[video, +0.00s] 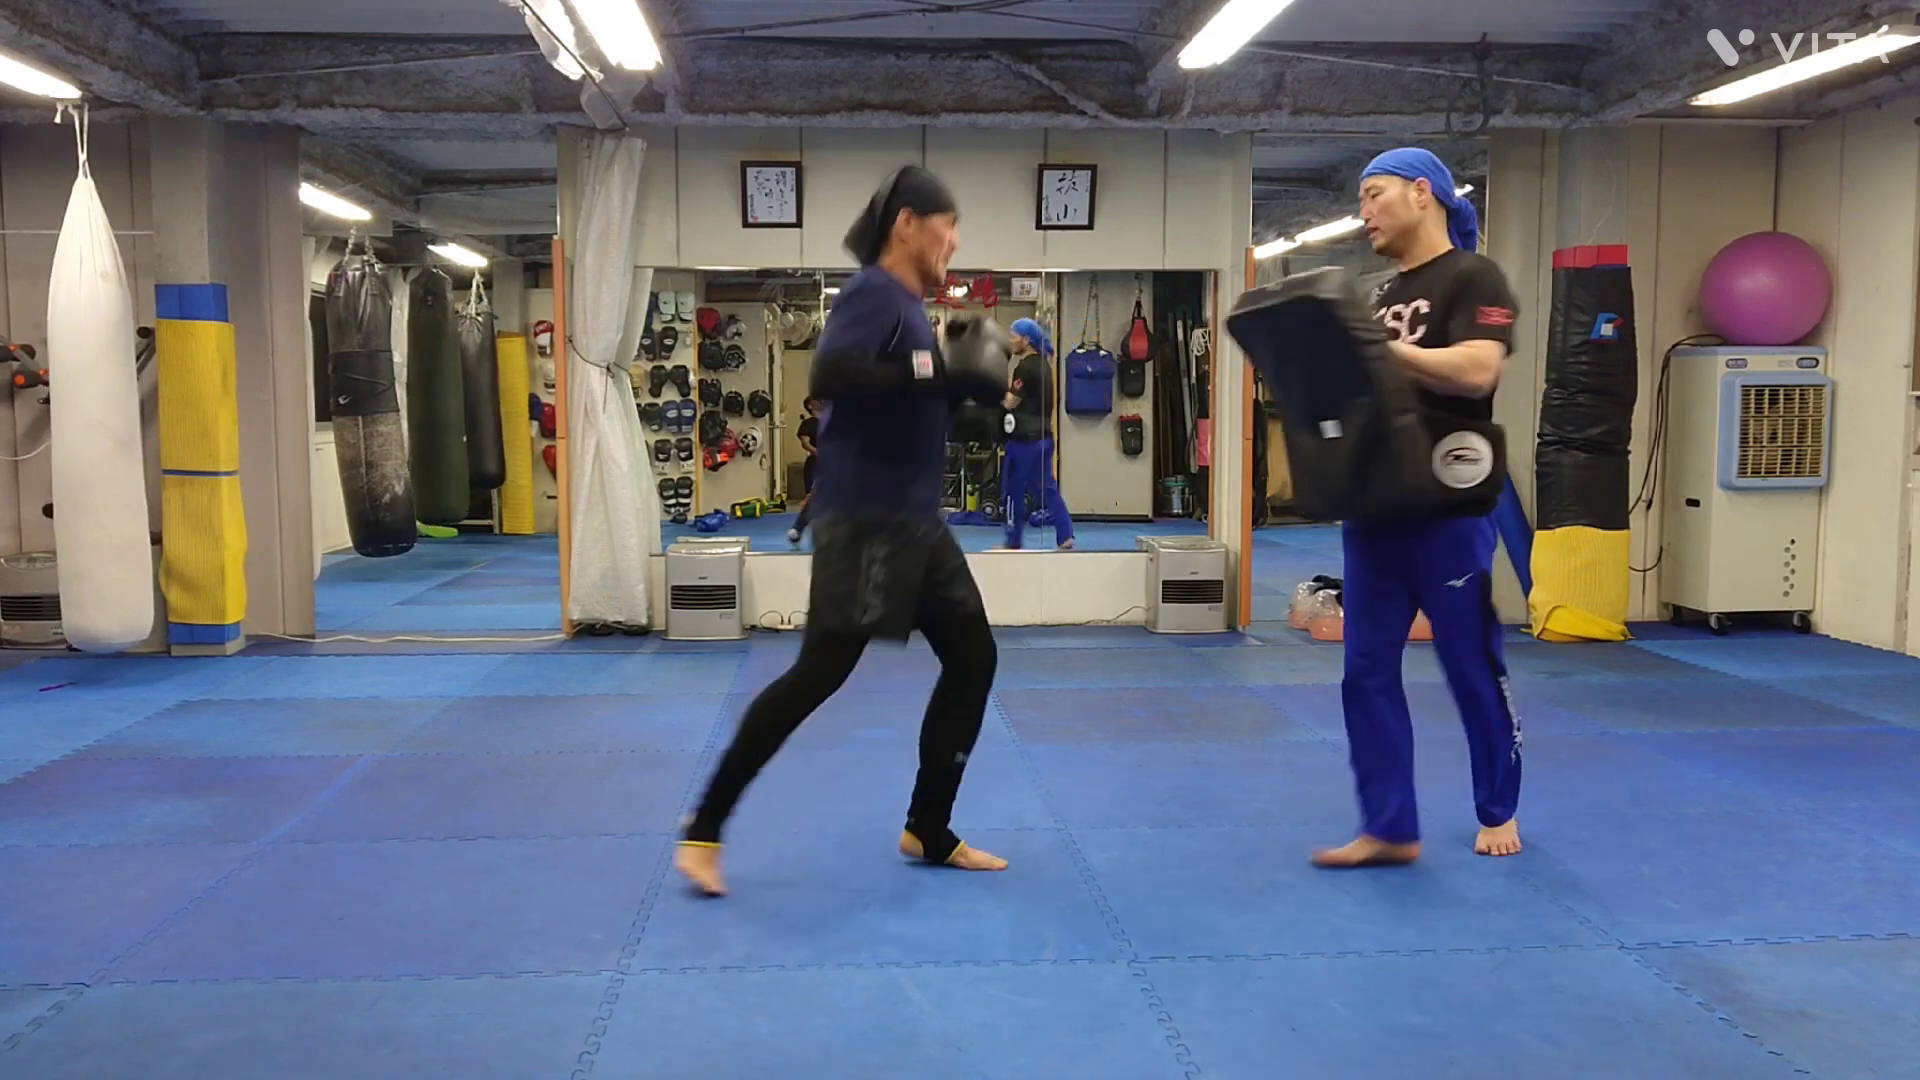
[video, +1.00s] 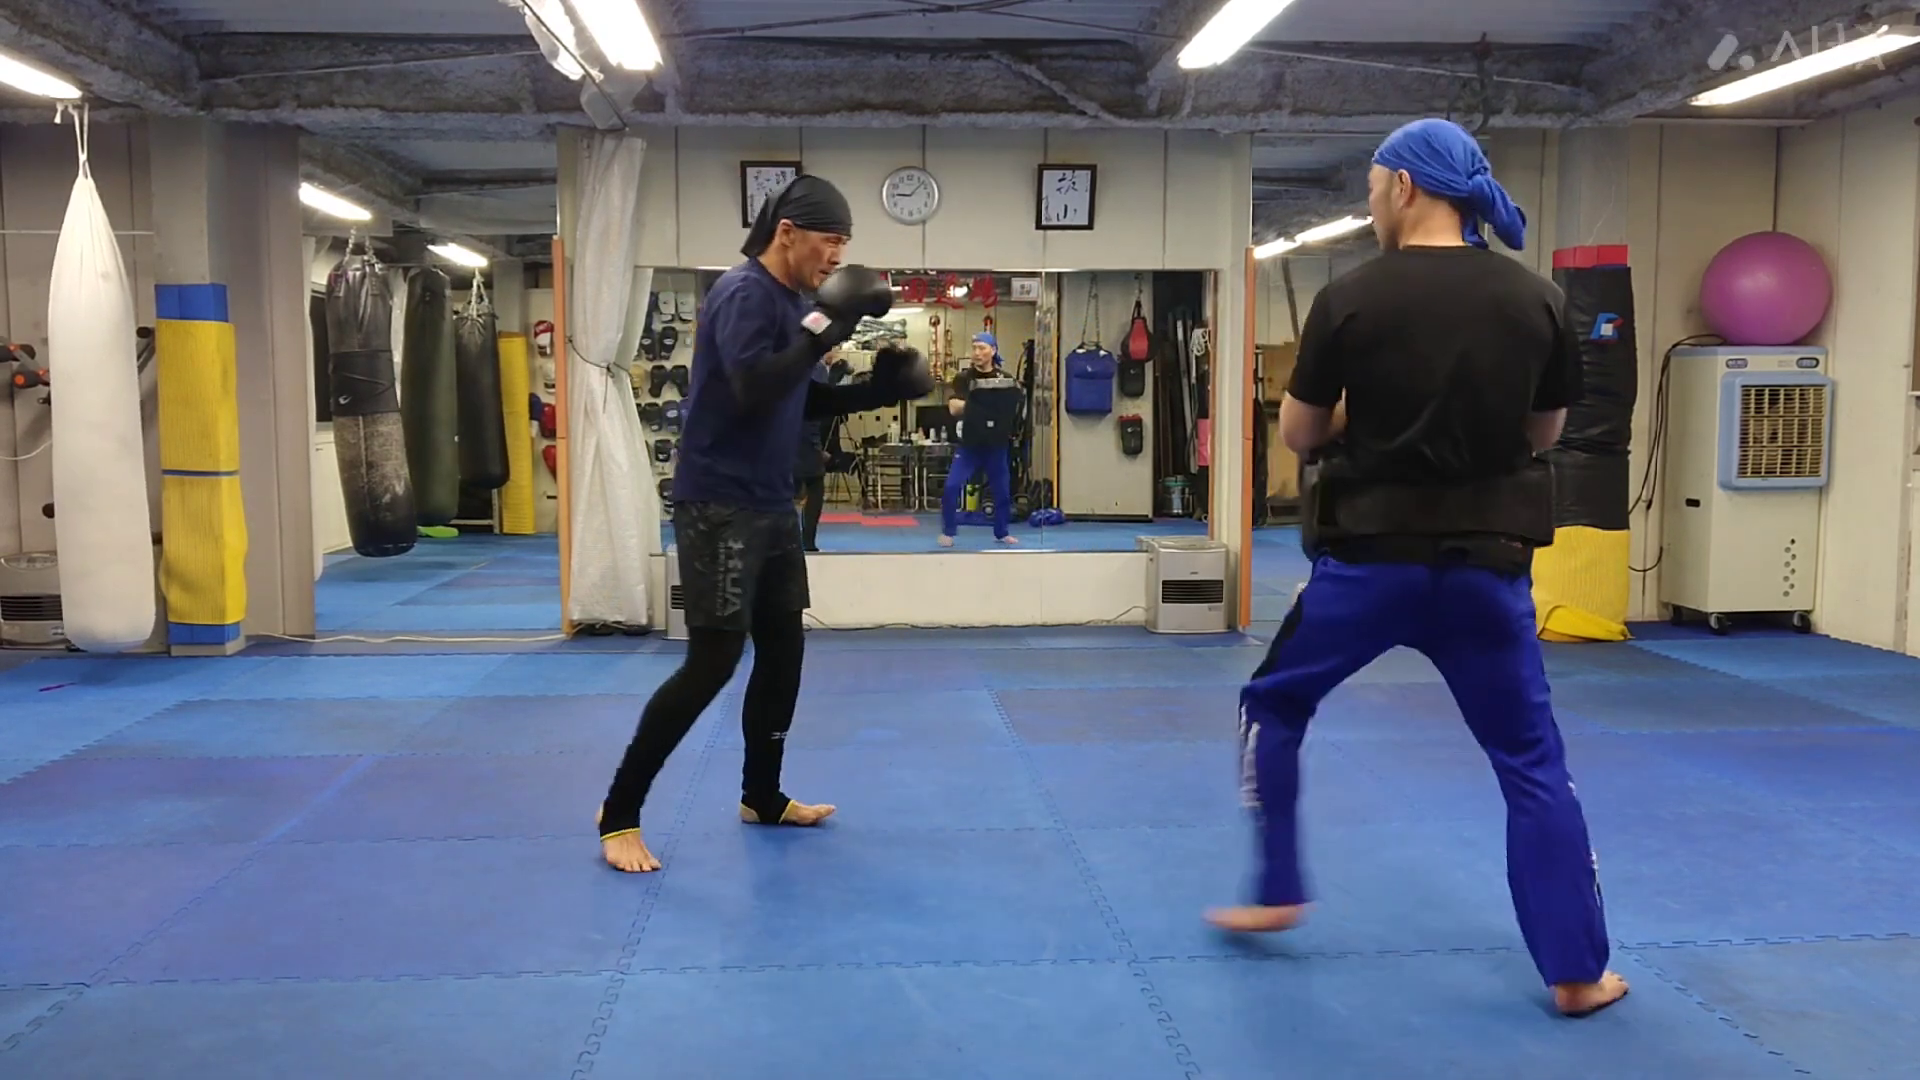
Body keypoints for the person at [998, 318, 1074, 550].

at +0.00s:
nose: (1011, 340)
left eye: (1014, 336)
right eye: (1011, 336)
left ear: (1026, 339)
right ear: (1028, 339)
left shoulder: (1026, 365)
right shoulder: (1043, 363)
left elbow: (1011, 401)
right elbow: (1046, 402)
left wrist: (998, 390)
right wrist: (1013, 395)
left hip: (1024, 438)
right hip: (1043, 436)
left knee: (1014, 488)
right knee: (1045, 486)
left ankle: (1013, 539)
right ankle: (1066, 536)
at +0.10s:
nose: (1003, 343)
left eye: (1006, 338)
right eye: (1004, 338)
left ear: (1019, 341)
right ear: (1018, 341)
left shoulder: (1022, 368)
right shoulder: (1025, 366)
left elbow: (1010, 399)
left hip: (1015, 436)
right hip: (1023, 434)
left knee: (1002, 489)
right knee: (1018, 492)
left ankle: (1009, 540)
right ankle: (1053, 524)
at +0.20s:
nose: (996, 342)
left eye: (1000, 338)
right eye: (996, 338)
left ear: (1012, 340)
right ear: (1009, 340)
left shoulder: (1019, 367)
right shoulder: (1010, 365)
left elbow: (1006, 402)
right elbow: (1004, 394)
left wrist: (983, 392)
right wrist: (987, 390)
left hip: (1013, 435)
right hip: (1008, 433)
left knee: (1002, 487)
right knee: (1002, 484)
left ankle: (1009, 540)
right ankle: (1023, 525)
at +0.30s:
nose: (991, 340)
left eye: (995, 336)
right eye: (991, 336)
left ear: (1008, 339)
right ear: (1000, 339)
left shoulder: (1016, 366)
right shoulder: (995, 365)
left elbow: (1005, 398)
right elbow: (990, 392)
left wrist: (979, 387)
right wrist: (972, 381)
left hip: (1008, 433)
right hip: (990, 432)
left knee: (1003, 486)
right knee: (985, 484)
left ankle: (1010, 539)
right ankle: (992, 535)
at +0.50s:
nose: (975, 345)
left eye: (980, 341)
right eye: (975, 341)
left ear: (994, 344)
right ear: (978, 344)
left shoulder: (1008, 372)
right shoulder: (972, 371)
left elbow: (1009, 402)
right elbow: (963, 398)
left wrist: (982, 395)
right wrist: (944, 386)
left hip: (1000, 436)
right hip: (975, 435)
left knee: (1002, 487)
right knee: (971, 484)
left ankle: (1009, 539)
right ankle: (967, 534)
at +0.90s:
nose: (975, 349)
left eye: (979, 345)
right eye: (972, 345)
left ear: (991, 347)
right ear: (970, 348)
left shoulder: (1006, 376)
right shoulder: (964, 375)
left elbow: (1013, 407)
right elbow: (951, 403)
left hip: (997, 442)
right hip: (969, 441)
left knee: (1002, 488)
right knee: (958, 484)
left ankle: (1002, 531)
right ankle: (962, 534)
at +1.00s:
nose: (976, 353)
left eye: (982, 348)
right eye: (974, 348)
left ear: (993, 351)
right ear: (971, 351)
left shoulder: (1005, 379)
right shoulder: (964, 377)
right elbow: (954, 407)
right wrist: (985, 406)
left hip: (997, 445)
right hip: (969, 444)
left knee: (1002, 492)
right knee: (951, 486)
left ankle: (1002, 533)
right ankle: (948, 532)